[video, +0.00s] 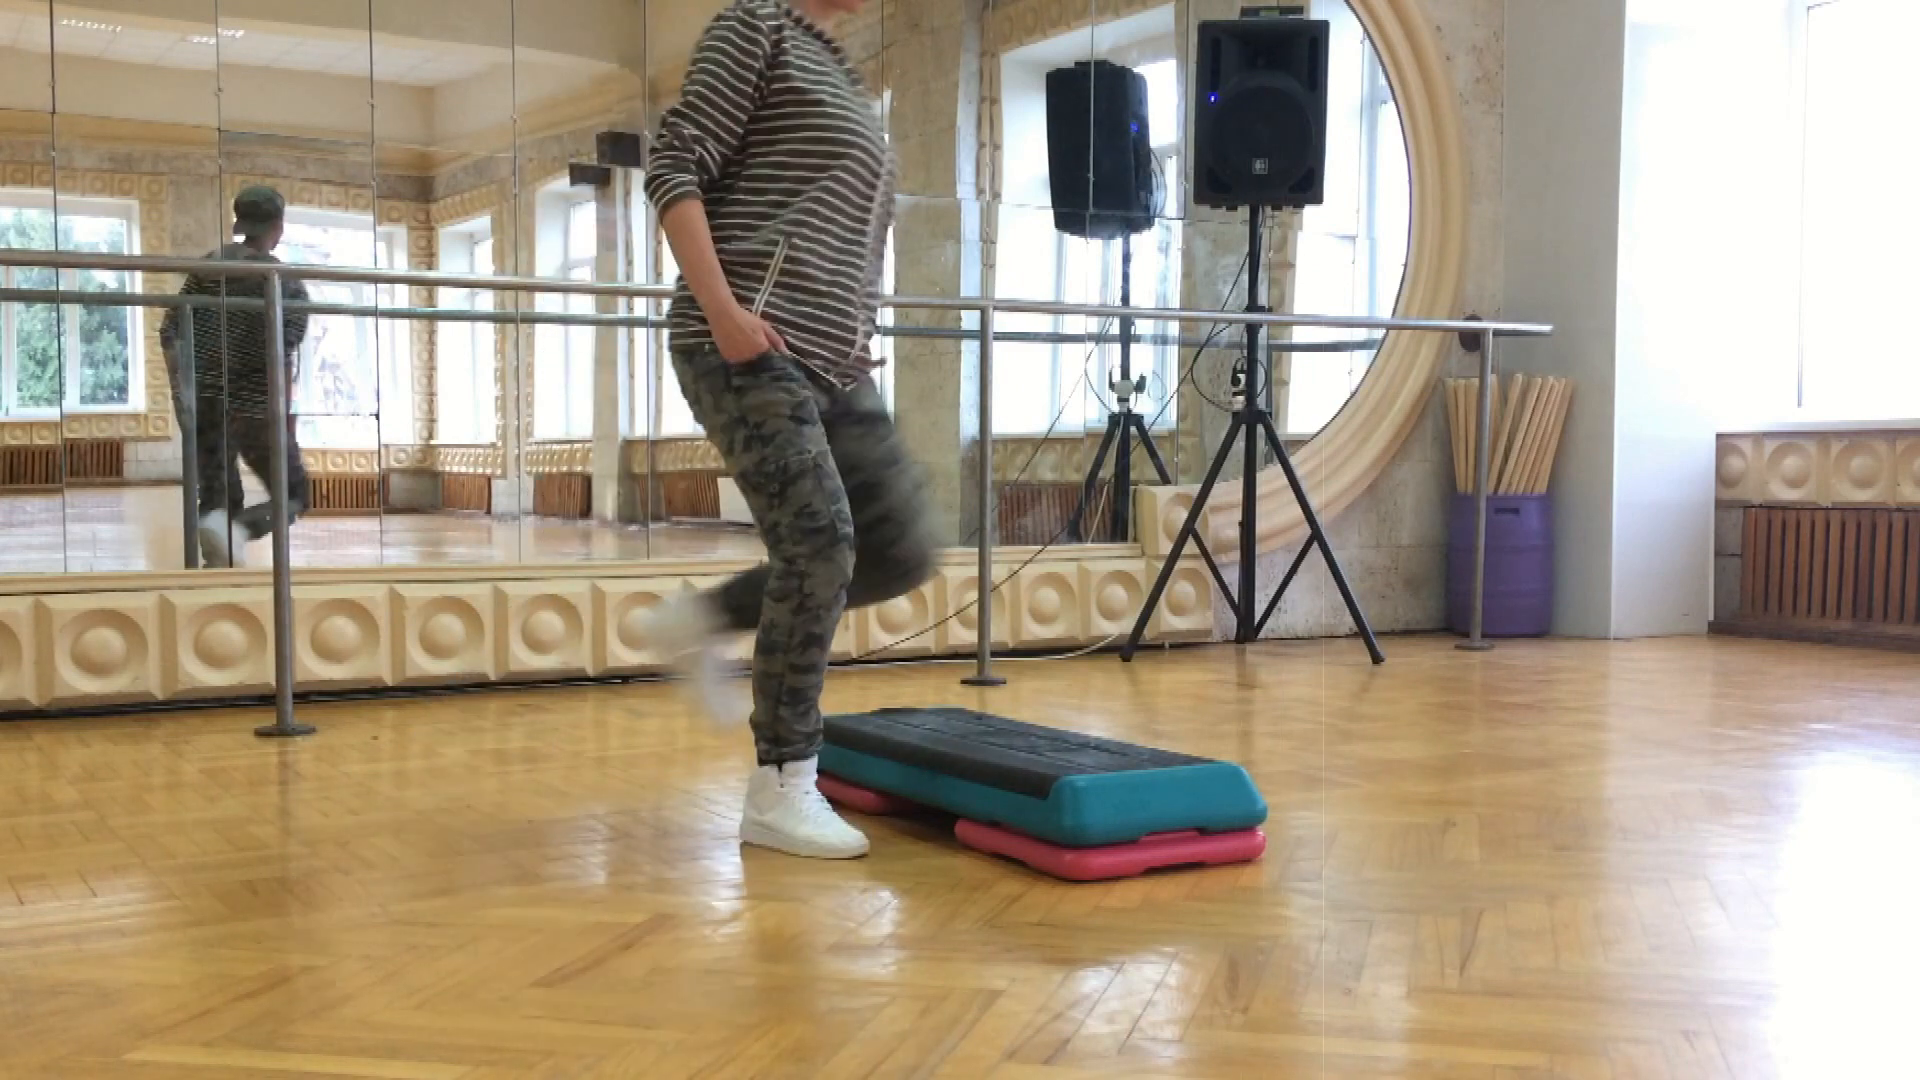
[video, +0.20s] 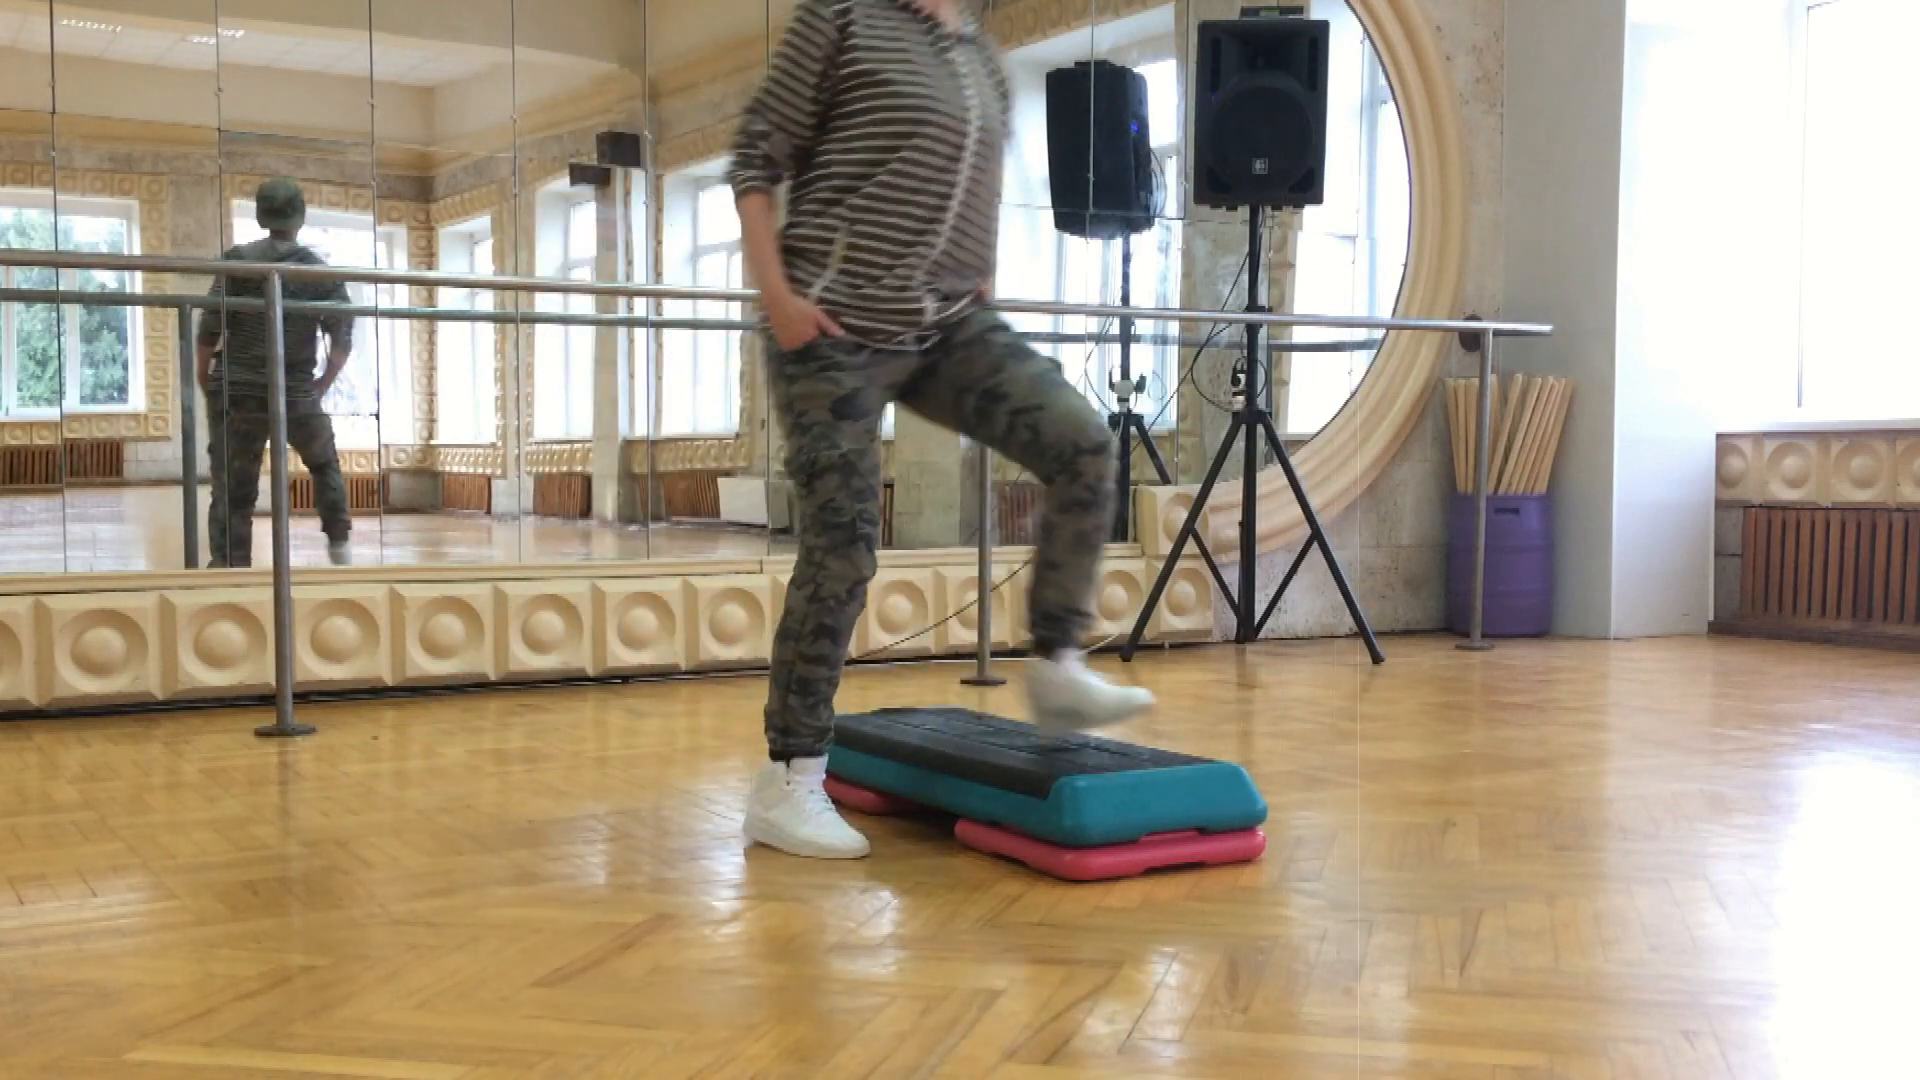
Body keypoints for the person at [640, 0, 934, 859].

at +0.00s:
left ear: (854, 4)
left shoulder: (852, 83)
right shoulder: (754, 28)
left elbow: (830, 230)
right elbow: (672, 167)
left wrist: (852, 333)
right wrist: (721, 309)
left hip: (833, 359)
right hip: (749, 342)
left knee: (897, 550)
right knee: (817, 544)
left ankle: (695, 619)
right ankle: (781, 786)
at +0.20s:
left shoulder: (985, 60)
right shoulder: (838, 21)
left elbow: (966, 186)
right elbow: (755, 156)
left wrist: (973, 287)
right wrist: (775, 295)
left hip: (950, 324)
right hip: (832, 328)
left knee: (1085, 446)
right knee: (842, 543)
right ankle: (790, 778)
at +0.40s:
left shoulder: (1127, 10)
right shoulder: (917, 7)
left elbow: (1137, 138)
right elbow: (874, 145)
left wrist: (1144, 252)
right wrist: (892, 261)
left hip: (1091, 288)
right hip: (959, 290)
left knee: (1146, 464)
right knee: (951, 467)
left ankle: (1094, 690)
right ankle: (905, 646)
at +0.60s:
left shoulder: (1201, 7)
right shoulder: (993, 16)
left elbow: (1235, 130)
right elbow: (978, 162)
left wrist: (1245, 254)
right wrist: (1003, 292)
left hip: (1192, 292)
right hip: (1068, 310)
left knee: (1179, 484)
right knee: (1087, 523)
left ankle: (1094, 690)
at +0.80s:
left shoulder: (1270, 32)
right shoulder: (1076, 79)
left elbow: (1324, 164)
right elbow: (1084, 238)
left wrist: (1331, 285)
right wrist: (1114, 359)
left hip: (1279, 320)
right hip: (1169, 363)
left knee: (1250, 453)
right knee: (1251, 563)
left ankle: (1149, 657)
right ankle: (1326, 737)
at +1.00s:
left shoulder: (1332, 31)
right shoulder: (1141, 86)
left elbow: (1398, 162)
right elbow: (1147, 232)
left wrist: (1404, 291)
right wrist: (1166, 355)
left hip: (1349, 332)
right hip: (1227, 372)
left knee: (1396, 496)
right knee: (1272, 569)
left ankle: (1345, 715)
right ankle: (1324, 743)